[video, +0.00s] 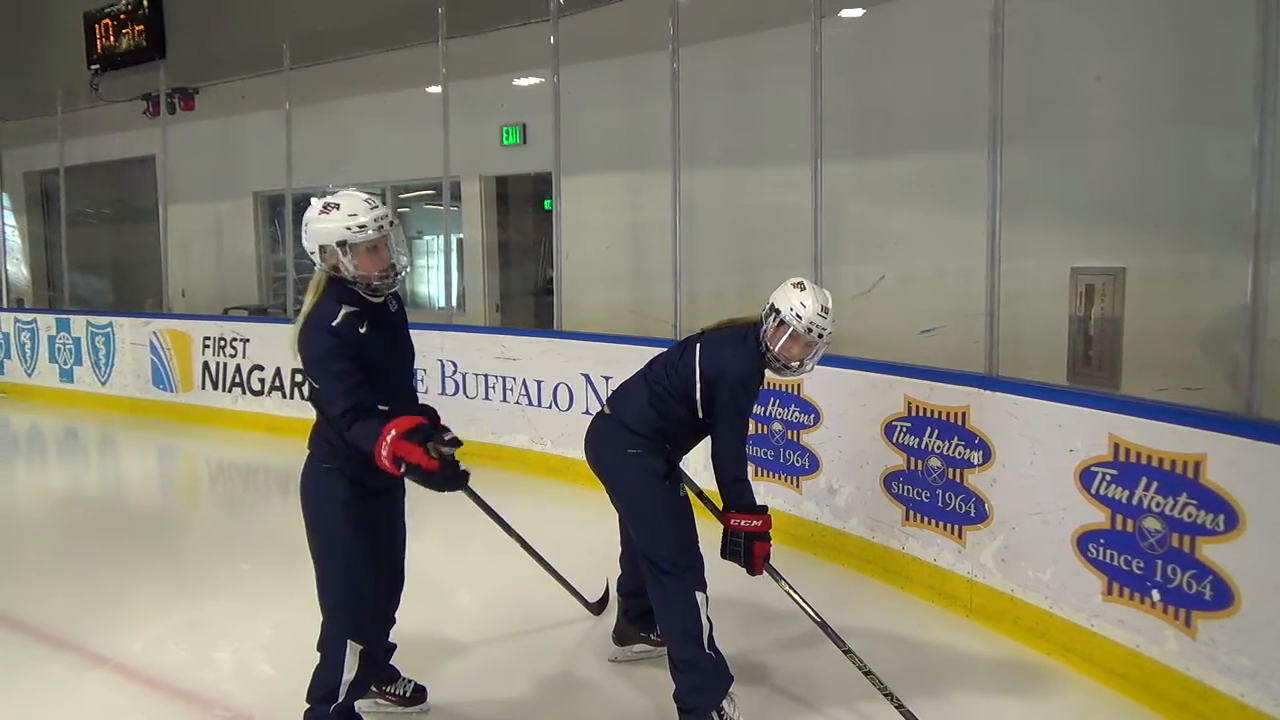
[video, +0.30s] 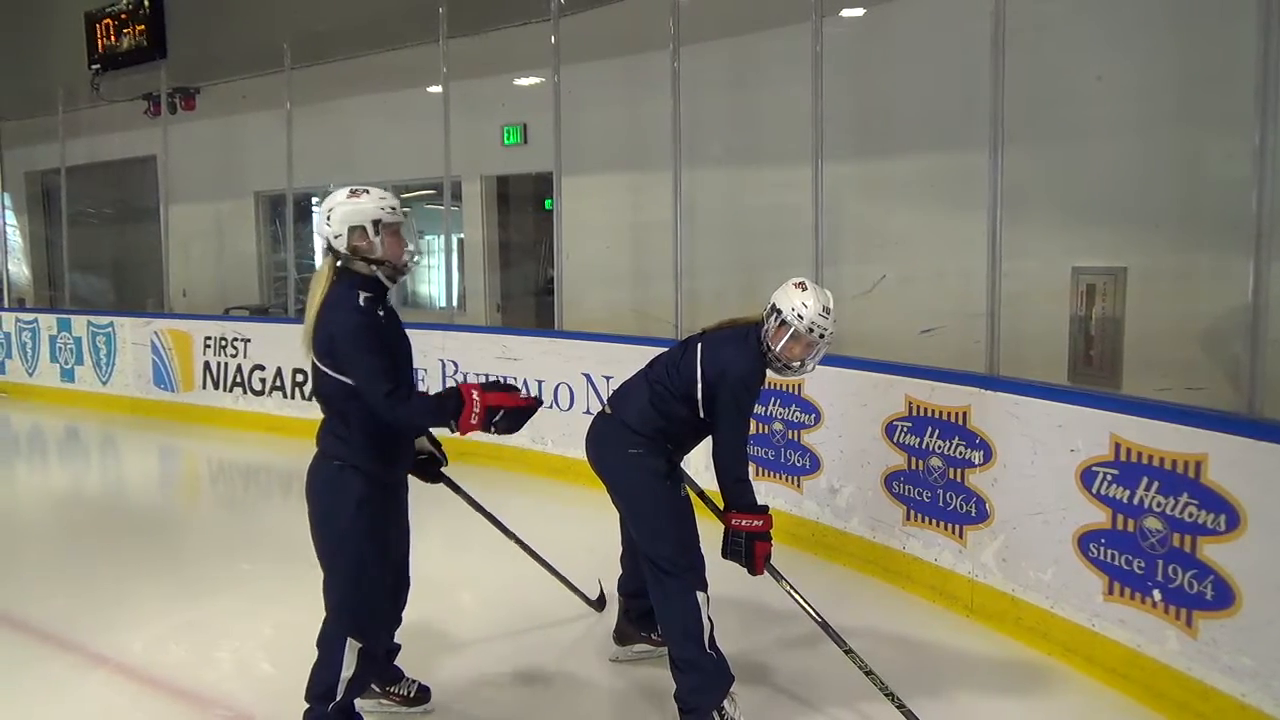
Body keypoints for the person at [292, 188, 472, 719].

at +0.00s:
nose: (383, 257)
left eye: (385, 244)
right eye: (368, 249)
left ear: (392, 243)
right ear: (336, 259)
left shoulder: (385, 302)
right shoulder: (326, 322)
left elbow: (399, 390)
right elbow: (349, 413)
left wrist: (431, 430)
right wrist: (404, 451)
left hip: (382, 471)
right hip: (338, 476)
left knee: (385, 580)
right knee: (347, 595)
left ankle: (374, 672)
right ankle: (327, 706)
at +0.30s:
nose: (404, 244)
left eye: (402, 233)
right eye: (392, 233)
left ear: (368, 241)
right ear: (358, 240)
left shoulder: (367, 302)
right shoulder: (349, 313)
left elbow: (363, 395)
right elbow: (388, 403)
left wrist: (408, 446)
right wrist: (461, 402)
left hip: (379, 470)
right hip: (349, 476)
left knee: (388, 581)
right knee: (353, 596)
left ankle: (375, 672)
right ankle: (325, 706)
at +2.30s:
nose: (374, 248)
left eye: (382, 236)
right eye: (361, 238)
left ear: (394, 240)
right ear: (341, 245)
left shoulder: (390, 304)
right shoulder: (328, 314)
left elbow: (391, 393)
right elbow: (327, 408)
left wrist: (415, 441)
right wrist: (388, 433)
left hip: (383, 469)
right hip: (338, 474)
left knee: (388, 577)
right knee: (344, 593)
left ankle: (376, 670)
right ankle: (318, 706)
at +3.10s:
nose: (420, 252)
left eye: (420, 240)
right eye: (409, 241)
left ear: (397, 245)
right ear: (376, 244)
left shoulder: (391, 301)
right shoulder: (351, 309)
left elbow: (394, 396)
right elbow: (361, 412)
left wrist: (425, 441)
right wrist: (447, 424)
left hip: (383, 469)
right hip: (348, 475)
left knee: (388, 580)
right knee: (355, 603)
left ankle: (378, 675)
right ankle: (325, 707)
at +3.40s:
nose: (454, 256)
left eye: (454, 245)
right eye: (445, 245)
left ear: (420, 248)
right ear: (415, 247)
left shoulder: (394, 300)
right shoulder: (408, 314)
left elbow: (384, 390)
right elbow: (437, 406)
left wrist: (422, 446)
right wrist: (510, 406)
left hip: (381, 466)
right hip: (365, 471)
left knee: (398, 580)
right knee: (369, 592)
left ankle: (387, 670)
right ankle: (337, 705)